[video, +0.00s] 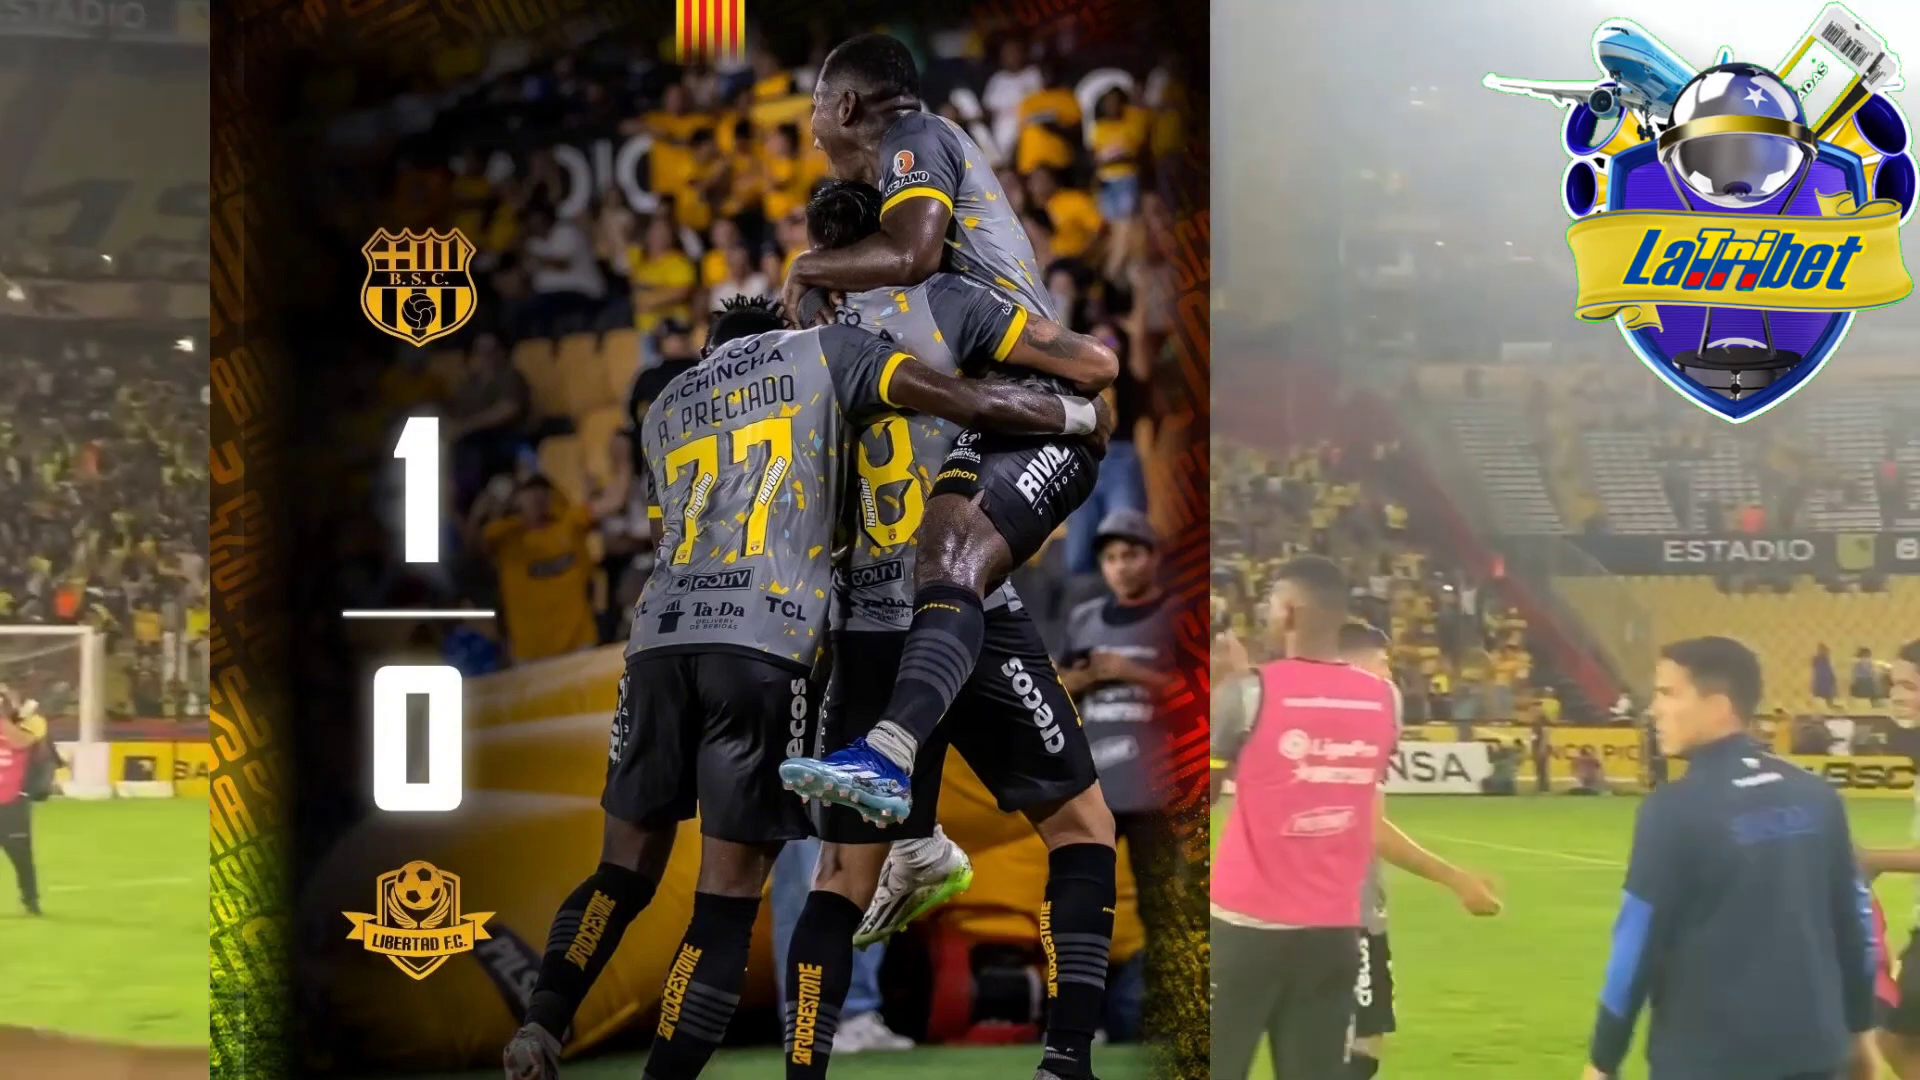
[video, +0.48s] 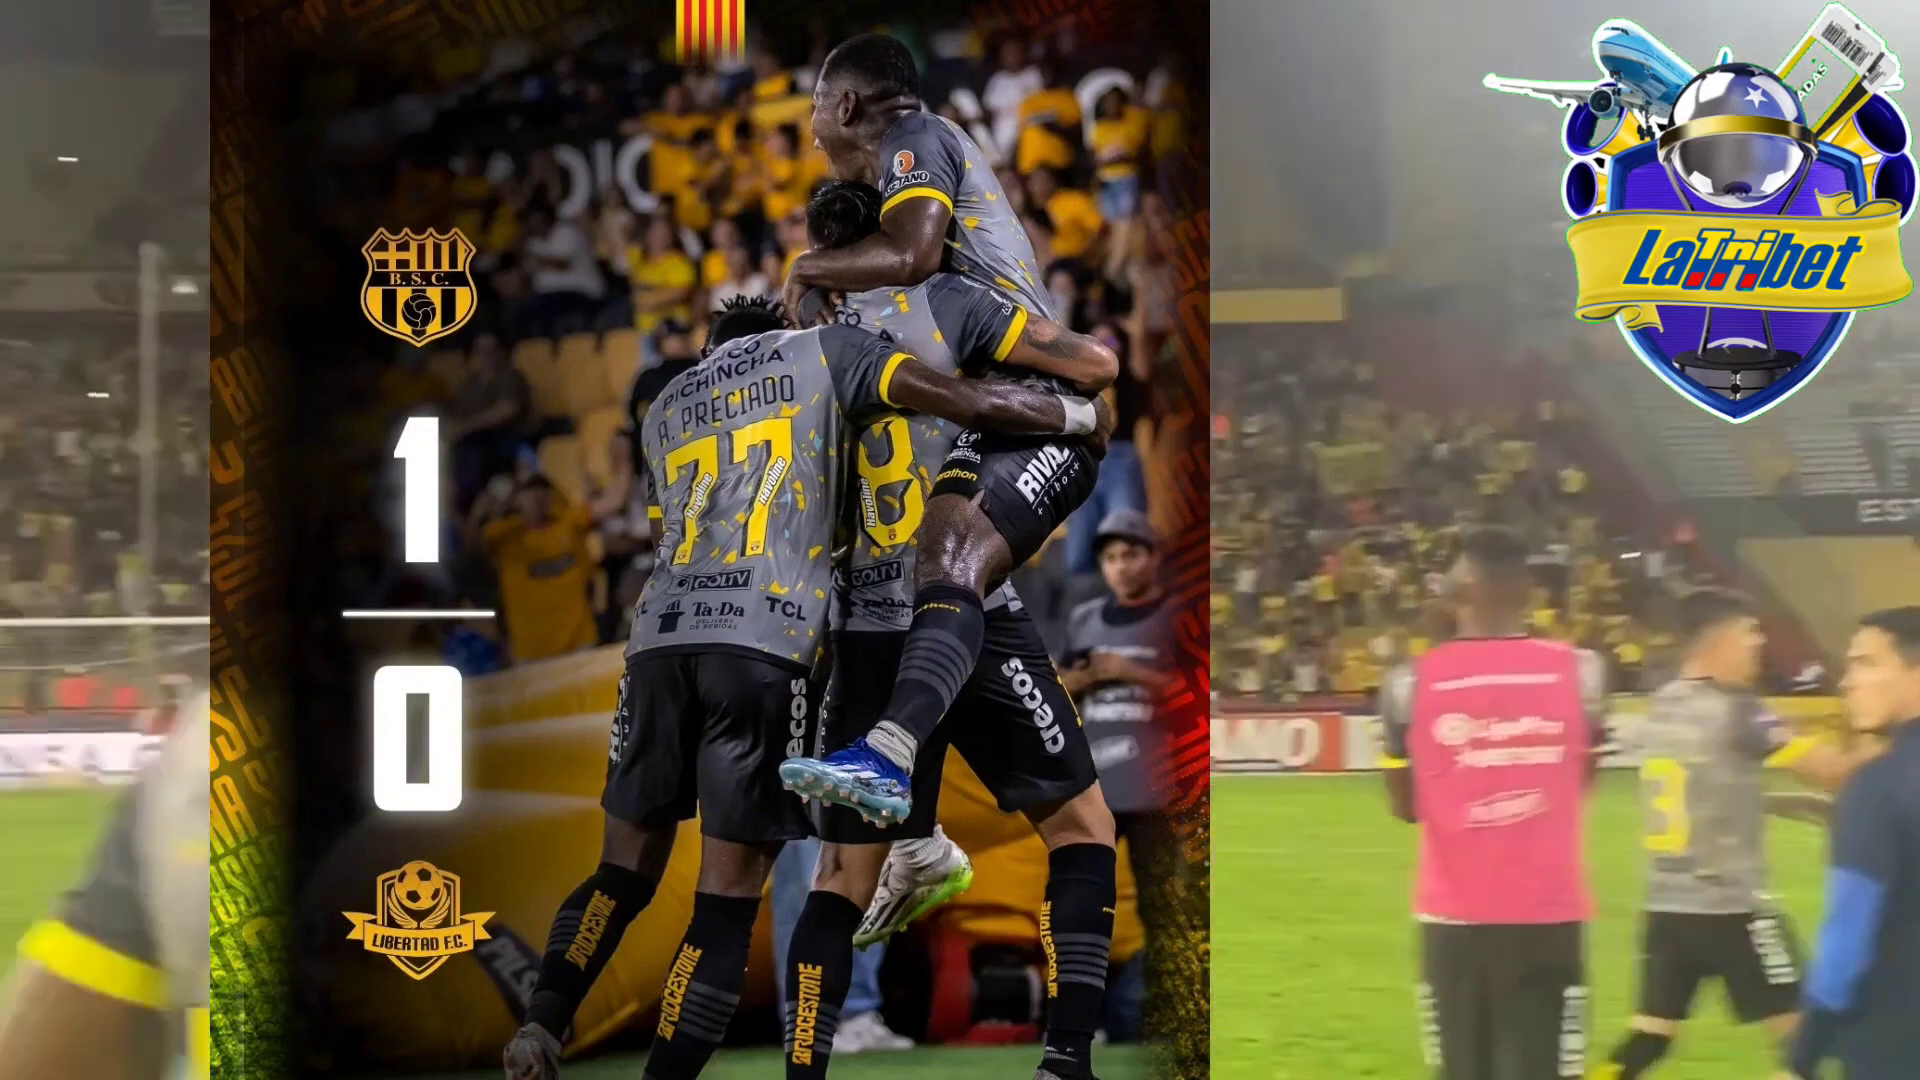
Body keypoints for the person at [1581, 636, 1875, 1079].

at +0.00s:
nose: (1653, 709)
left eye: (1668, 693)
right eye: (1657, 694)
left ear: (1720, 704)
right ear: (1722, 707)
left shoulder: (1674, 808)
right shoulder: (1819, 795)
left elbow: (1637, 944)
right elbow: (1855, 917)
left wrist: (1602, 1060)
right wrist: (1862, 1027)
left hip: (1708, 1056)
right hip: (1816, 1048)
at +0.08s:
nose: (1619, 699)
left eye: (1633, 683)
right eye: (1623, 683)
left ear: (1683, 696)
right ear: (1687, 699)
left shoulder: (1638, 798)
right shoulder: (1785, 785)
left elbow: (1600, 936)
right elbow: (1825, 909)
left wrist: (1568, 1055)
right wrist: (1832, 1018)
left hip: (1678, 1049)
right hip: (1785, 1041)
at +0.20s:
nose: (1633, 692)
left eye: (1648, 676)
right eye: (1638, 676)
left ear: (1700, 691)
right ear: (1704, 694)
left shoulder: (1654, 792)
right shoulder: (1802, 781)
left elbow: (1617, 935)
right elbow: (1842, 909)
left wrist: (1579, 1057)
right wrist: (1853, 1023)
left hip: (1695, 1047)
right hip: (1799, 1040)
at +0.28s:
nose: (1694, 693)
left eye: (1709, 676)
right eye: (1698, 677)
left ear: (1765, 690)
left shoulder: (1720, 797)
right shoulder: (1863, 788)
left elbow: (1680, 942)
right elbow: (1900, 923)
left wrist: (1636, 1063)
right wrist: (1911, 1034)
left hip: (1757, 1056)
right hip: (1862, 1047)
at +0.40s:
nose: (1762, 696)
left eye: (1780, 678)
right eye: (1767, 679)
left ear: (1837, 692)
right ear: (1840, 695)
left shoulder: (1795, 798)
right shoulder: (1907, 782)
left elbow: (1757, 941)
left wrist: (1712, 1062)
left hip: (1815, 1056)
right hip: (1904, 1051)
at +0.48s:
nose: (1846, 681)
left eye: (1865, 663)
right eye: (1850, 664)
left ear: (1914, 675)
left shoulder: (1883, 785)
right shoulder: (1889, 780)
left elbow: (1848, 946)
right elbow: (1849, 944)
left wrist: (1803, 1051)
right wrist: (1808, 1035)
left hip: (1891, 1053)